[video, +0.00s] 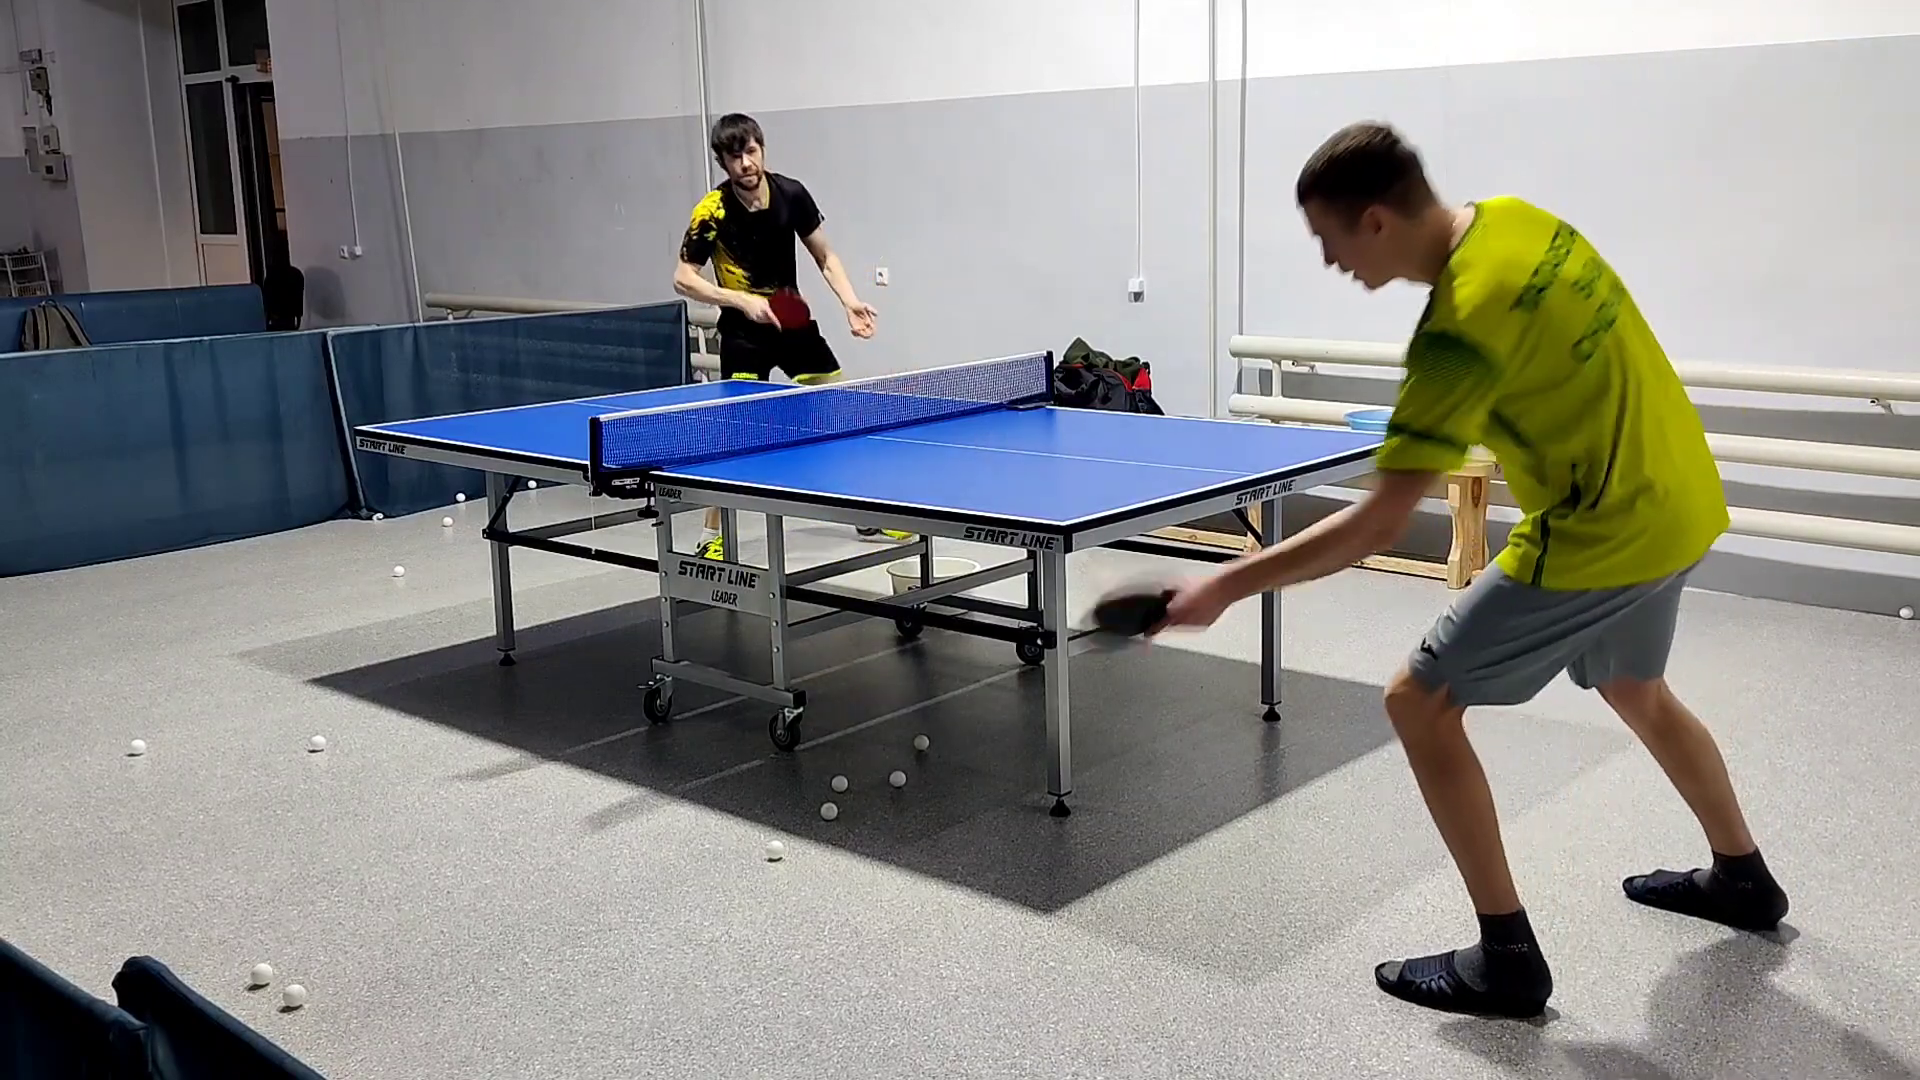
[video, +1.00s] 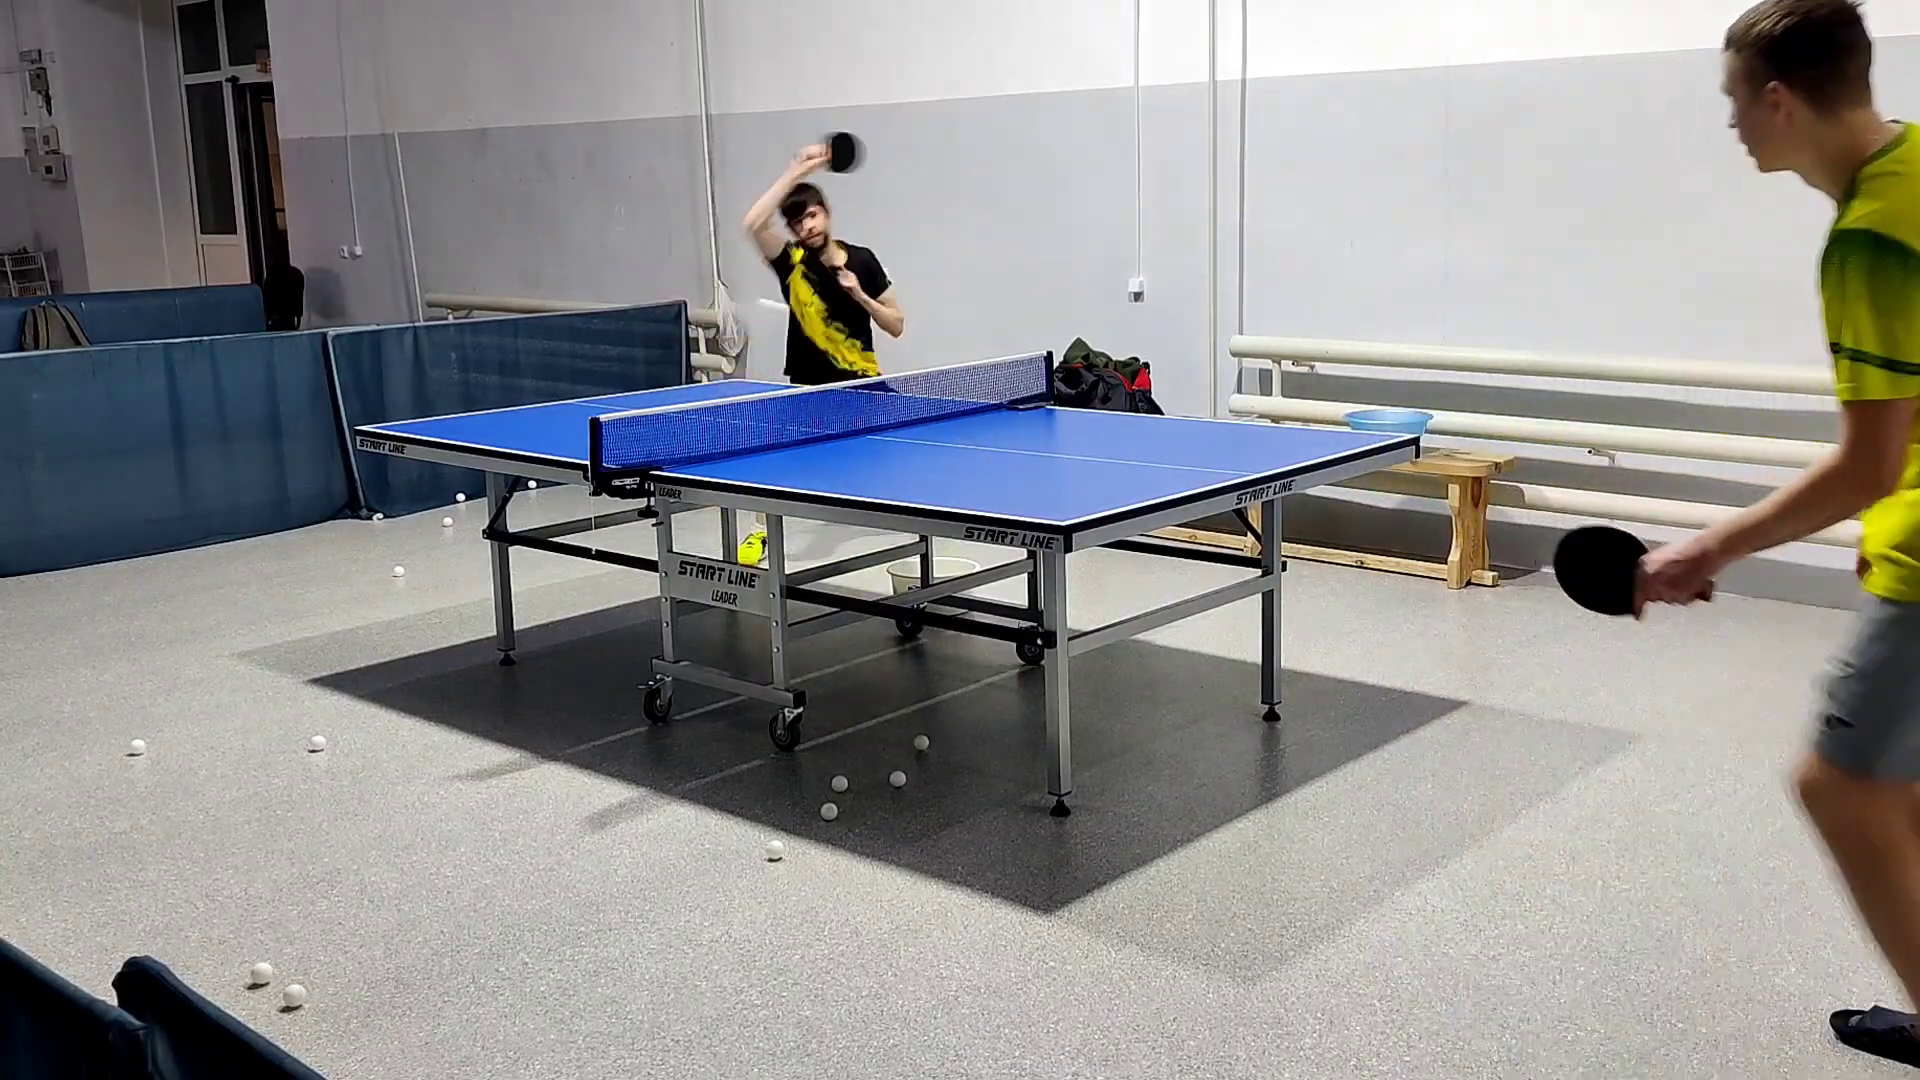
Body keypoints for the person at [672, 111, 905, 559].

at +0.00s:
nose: (745, 164)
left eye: (750, 153)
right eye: (734, 157)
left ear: (763, 150)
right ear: (722, 162)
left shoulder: (790, 194)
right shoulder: (712, 210)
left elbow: (824, 255)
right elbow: (685, 278)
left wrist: (850, 302)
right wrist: (740, 299)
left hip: (793, 322)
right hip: (742, 329)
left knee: (844, 408)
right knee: (732, 427)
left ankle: (870, 507)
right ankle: (714, 535)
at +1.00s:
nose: (807, 226)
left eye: (813, 216)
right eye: (798, 221)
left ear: (828, 215)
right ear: (792, 228)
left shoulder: (861, 260)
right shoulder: (790, 262)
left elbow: (896, 326)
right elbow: (755, 224)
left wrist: (859, 294)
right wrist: (798, 169)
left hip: (862, 385)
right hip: (805, 386)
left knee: (887, 469)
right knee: (789, 463)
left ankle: (903, 559)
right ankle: (763, 536)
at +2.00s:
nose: (769, 165)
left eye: (774, 154)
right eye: (758, 159)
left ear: (786, 152)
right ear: (748, 167)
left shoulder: (819, 192)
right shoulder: (748, 219)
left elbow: (848, 250)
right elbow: (739, 294)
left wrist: (782, 251)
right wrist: (736, 281)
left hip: (844, 325)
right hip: (792, 328)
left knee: (871, 419)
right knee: (766, 414)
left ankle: (888, 505)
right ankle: (748, 528)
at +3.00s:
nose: (766, 186)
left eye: (770, 175)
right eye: (755, 181)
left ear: (783, 175)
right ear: (747, 192)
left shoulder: (824, 217)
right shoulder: (752, 240)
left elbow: (874, 269)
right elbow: (744, 310)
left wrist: (839, 304)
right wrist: (775, 305)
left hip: (845, 344)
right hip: (792, 348)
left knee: (889, 422)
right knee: (758, 424)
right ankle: (726, 526)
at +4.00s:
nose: (723, 206)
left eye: (728, 194)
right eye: (713, 199)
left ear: (743, 189)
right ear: (706, 204)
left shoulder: (780, 223)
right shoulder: (719, 256)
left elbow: (788, 281)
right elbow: (714, 322)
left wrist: (717, 284)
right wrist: (712, 360)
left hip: (832, 338)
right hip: (784, 344)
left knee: (877, 410)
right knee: (754, 410)